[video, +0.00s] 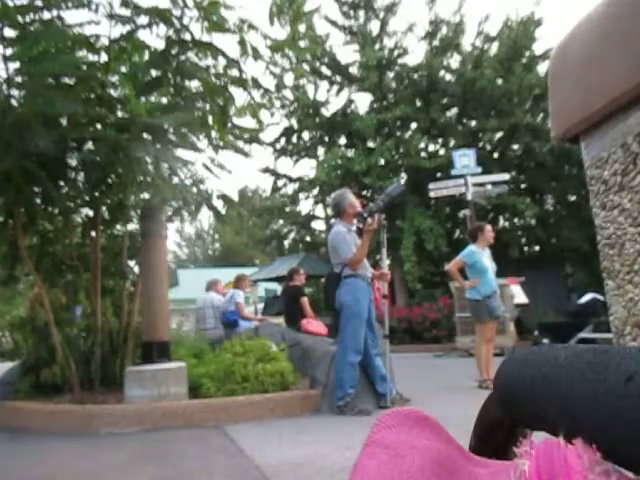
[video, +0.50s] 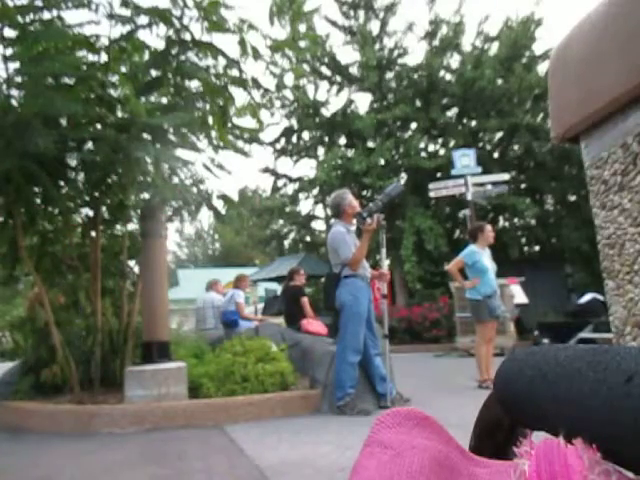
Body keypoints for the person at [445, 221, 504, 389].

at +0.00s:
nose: (493, 235)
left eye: (492, 232)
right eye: (489, 232)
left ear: (487, 235)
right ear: (480, 235)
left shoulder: (487, 251)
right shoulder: (472, 251)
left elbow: (485, 272)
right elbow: (451, 267)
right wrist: (462, 282)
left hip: (491, 294)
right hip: (478, 296)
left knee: (491, 338)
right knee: (483, 338)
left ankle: (489, 376)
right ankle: (483, 377)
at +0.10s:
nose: (492, 235)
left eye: (492, 232)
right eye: (489, 232)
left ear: (488, 235)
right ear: (480, 235)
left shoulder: (487, 251)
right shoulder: (472, 251)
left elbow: (485, 273)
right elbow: (451, 267)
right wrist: (462, 282)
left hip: (491, 294)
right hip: (478, 296)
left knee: (491, 338)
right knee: (483, 338)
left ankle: (489, 376)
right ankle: (483, 377)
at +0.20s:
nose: (493, 235)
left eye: (492, 232)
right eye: (489, 232)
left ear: (487, 235)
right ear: (480, 235)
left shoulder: (487, 251)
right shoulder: (472, 251)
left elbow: (484, 272)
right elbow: (452, 267)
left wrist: (493, 284)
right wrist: (462, 282)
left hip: (491, 294)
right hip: (478, 296)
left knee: (491, 338)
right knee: (483, 338)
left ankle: (489, 376)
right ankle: (483, 377)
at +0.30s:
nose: (493, 235)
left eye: (492, 232)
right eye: (489, 232)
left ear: (487, 235)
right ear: (480, 235)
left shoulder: (486, 251)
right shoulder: (472, 251)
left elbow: (484, 272)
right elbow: (451, 267)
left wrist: (493, 284)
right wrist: (462, 282)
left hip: (491, 294)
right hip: (478, 296)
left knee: (491, 338)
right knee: (483, 338)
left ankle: (489, 376)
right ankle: (483, 377)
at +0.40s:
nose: (493, 235)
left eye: (492, 232)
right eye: (489, 232)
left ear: (487, 235)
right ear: (480, 235)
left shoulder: (486, 251)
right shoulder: (472, 251)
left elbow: (484, 272)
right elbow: (452, 267)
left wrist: (493, 284)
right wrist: (462, 282)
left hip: (491, 294)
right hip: (478, 296)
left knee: (491, 338)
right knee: (483, 338)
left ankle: (489, 376)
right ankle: (483, 377)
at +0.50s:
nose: (493, 235)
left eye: (492, 232)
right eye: (489, 232)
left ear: (487, 235)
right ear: (480, 235)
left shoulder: (486, 251)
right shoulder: (472, 251)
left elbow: (484, 272)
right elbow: (452, 267)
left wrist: (493, 284)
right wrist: (462, 282)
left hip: (491, 294)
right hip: (478, 296)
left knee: (491, 338)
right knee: (483, 338)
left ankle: (489, 376)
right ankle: (483, 377)